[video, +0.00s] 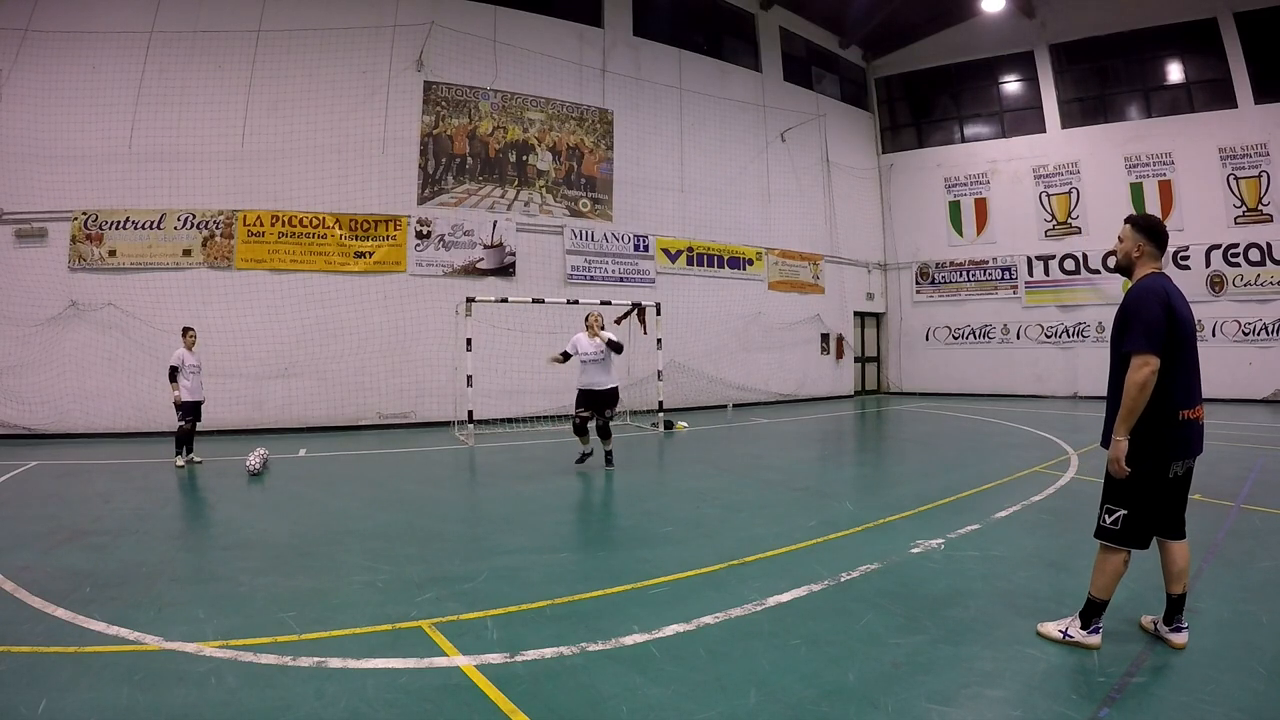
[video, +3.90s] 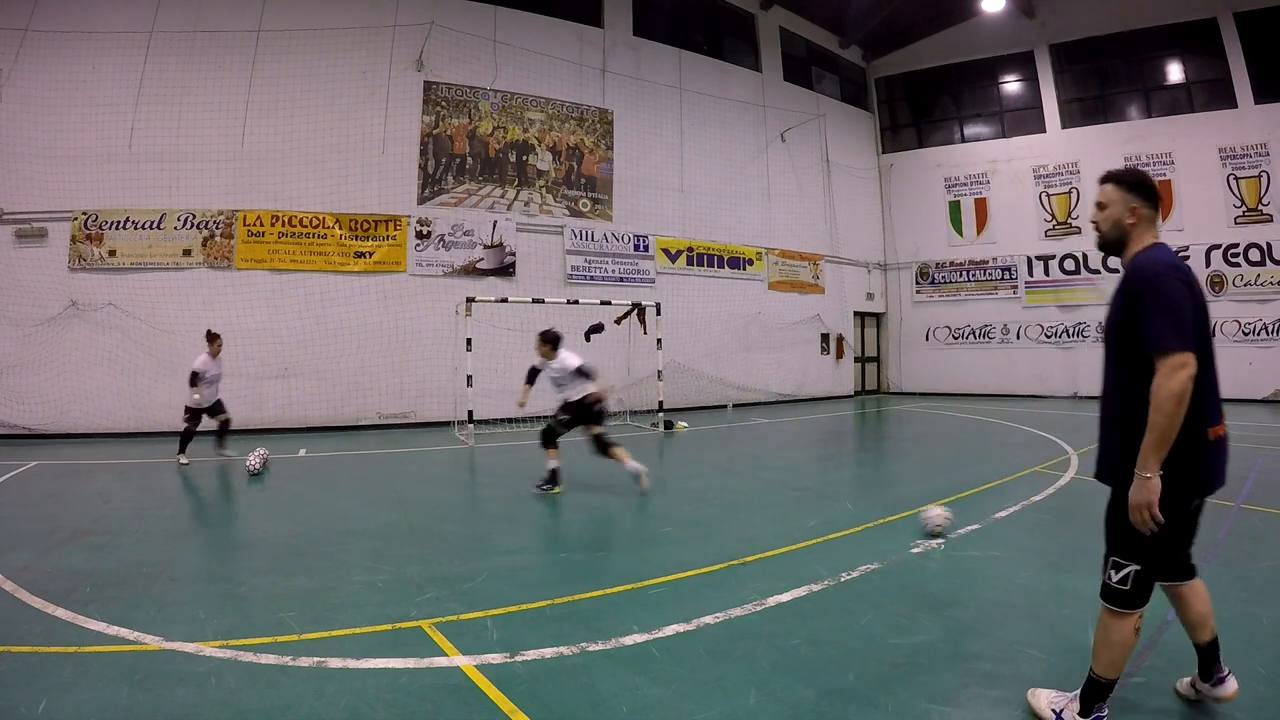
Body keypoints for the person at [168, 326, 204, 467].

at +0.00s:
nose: (193, 339)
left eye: (194, 337)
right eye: (190, 337)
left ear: (196, 339)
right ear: (183, 338)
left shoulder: (196, 356)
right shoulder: (179, 354)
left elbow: (198, 376)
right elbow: (172, 373)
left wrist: (201, 393)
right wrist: (176, 392)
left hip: (196, 397)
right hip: (184, 397)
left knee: (192, 426)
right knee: (184, 426)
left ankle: (189, 454)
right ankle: (178, 456)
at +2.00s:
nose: (190, 340)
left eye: (192, 338)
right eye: (188, 338)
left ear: (193, 339)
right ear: (180, 338)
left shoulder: (193, 356)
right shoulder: (174, 354)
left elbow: (196, 375)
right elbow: (166, 373)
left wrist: (200, 391)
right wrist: (169, 391)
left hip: (191, 398)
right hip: (177, 398)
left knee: (188, 427)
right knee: (175, 425)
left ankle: (189, 454)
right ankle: (163, 449)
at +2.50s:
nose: (174, 341)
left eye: (175, 339)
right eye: (171, 339)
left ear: (176, 340)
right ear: (164, 339)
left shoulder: (177, 357)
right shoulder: (157, 355)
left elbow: (180, 376)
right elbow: (150, 375)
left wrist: (183, 392)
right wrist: (151, 394)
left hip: (177, 399)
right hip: (161, 399)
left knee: (182, 426)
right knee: (160, 427)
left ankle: (188, 452)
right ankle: (160, 452)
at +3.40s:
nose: (194, 344)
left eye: (195, 341)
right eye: (191, 341)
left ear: (195, 342)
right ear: (183, 341)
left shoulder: (194, 358)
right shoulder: (175, 355)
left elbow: (195, 376)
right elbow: (162, 372)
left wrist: (195, 389)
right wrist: (156, 389)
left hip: (187, 399)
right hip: (172, 398)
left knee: (182, 426)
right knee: (173, 424)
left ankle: (177, 452)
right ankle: (163, 451)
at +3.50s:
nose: (199, 345)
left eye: (200, 342)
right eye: (196, 342)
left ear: (199, 343)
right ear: (189, 342)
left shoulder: (199, 359)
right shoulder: (179, 355)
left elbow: (201, 376)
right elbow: (165, 369)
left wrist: (200, 388)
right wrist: (153, 385)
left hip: (190, 397)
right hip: (175, 395)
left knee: (185, 424)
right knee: (181, 421)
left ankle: (178, 450)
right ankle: (173, 450)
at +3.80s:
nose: (214, 350)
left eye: (215, 347)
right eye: (212, 347)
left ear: (214, 347)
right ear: (203, 346)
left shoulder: (214, 362)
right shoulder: (191, 360)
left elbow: (215, 378)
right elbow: (179, 376)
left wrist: (210, 389)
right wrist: (169, 392)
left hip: (203, 397)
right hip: (188, 395)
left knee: (206, 426)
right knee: (190, 424)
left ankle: (192, 440)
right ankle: (181, 453)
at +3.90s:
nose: (220, 348)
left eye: (221, 345)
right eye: (218, 345)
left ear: (221, 346)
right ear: (210, 346)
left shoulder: (218, 360)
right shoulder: (201, 361)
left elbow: (213, 378)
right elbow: (192, 380)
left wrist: (212, 393)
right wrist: (195, 394)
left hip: (212, 400)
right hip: (197, 403)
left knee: (225, 420)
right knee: (191, 428)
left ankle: (220, 449)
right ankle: (181, 454)